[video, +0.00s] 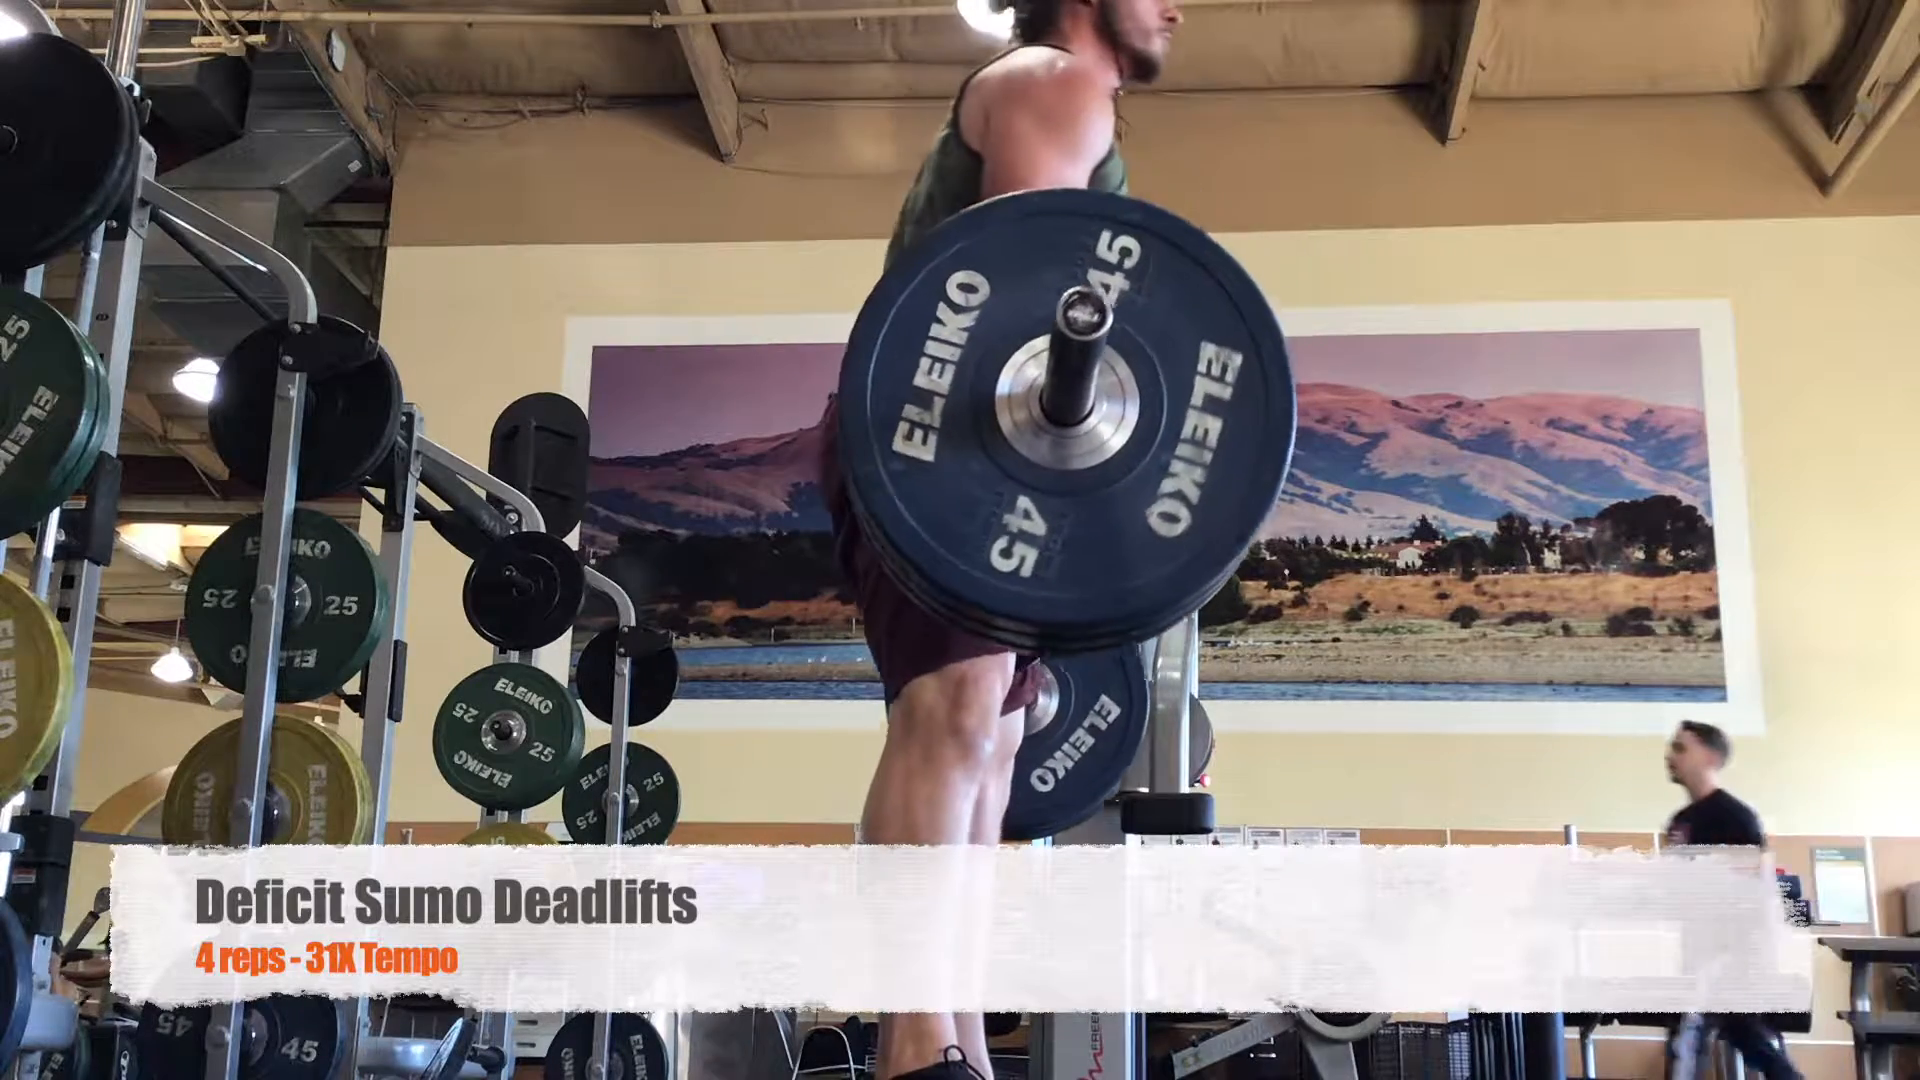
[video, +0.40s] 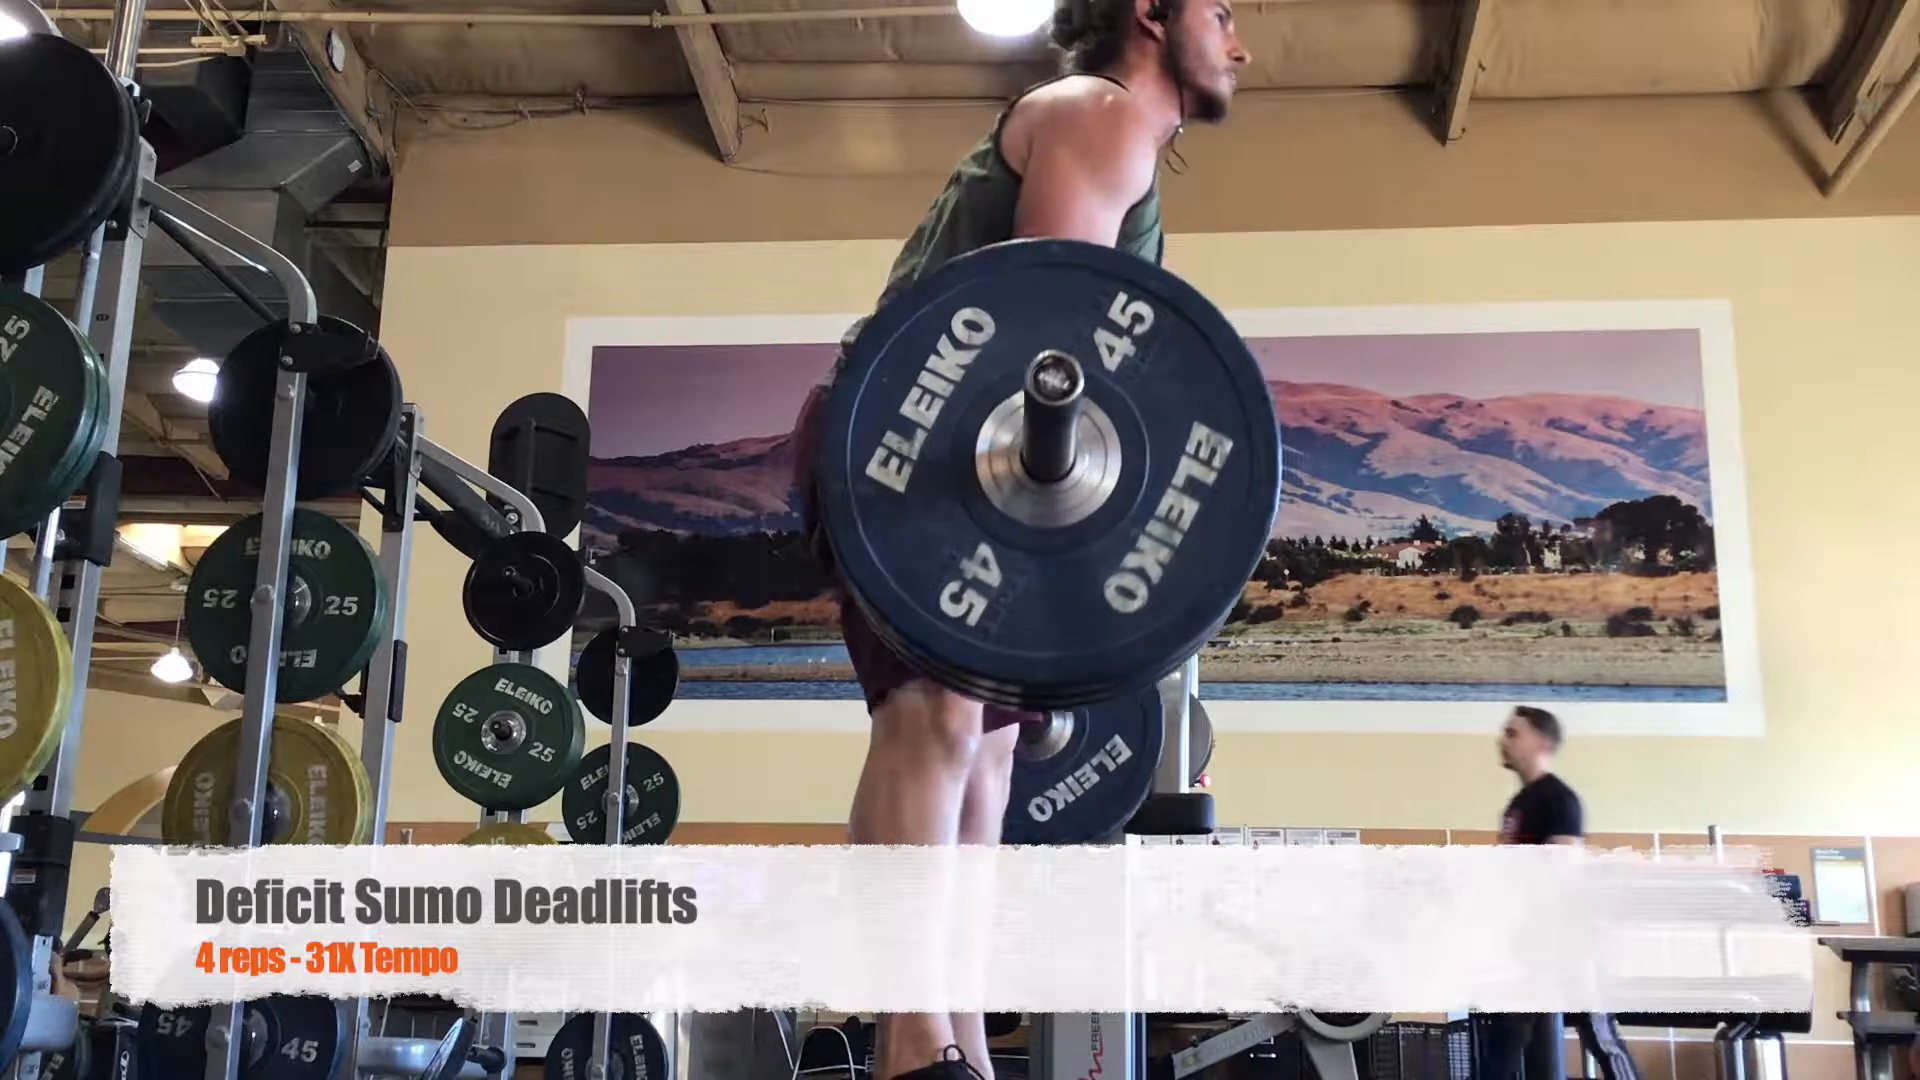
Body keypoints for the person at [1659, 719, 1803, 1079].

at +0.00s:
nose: (1669, 756)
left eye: (1679, 748)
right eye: (1671, 747)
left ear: (1710, 757)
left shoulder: (1739, 818)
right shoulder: (1679, 823)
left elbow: (1760, 898)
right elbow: (1673, 890)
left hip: (1739, 952)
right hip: (1698, 951)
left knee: (1684, 1043)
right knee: (1754, 1045)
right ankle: (1786, 1072)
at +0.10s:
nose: (1628, 752)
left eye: (1638, 744)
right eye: (1631, 744)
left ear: (1669, 754)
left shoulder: (1693, 816)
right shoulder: (1636, 818)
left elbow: (1709, 899)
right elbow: (1628, 887)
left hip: (1688, 948)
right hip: (1651, 946)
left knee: (1646, 1039)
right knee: (1679, 1045)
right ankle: (1726, 1074)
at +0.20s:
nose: (1587, 744)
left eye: (1598, 736)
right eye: (1589, 735)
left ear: (1627, 744)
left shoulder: (1649, 806)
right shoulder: (1597, 808)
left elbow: (1658, 884)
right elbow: (1588, 876)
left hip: (1636, 939)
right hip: (1603, 936)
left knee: (1623, 1043)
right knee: (1601, 1041)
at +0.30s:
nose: (1545, 738)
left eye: (1555, 731)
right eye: (1547, 730)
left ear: (1586, 739)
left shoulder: (1607, 798)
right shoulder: (1556, 802)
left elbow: (1614, 882)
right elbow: (1546, 870)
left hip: (1600, 936)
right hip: (1561, 934)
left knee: (1618, 1038)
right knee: (1539, 1025)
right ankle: (1563, 1074)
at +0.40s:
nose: (1501, 741)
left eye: (1512, 733)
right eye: (1504, 733)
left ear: (1541, 743)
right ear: (1533, 744)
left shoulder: (1561, 800)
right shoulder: (1515, 805)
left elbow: (1561, 877)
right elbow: (1507, 872)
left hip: (1552, 938)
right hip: (1519, 936)